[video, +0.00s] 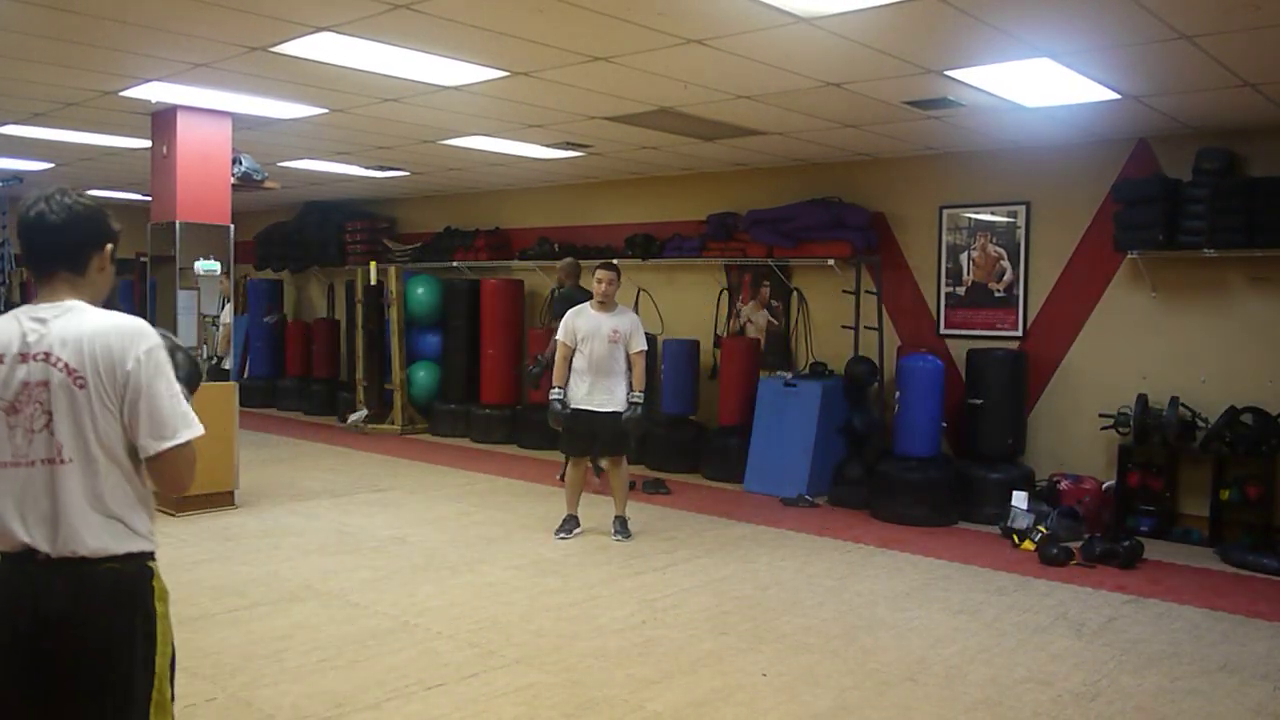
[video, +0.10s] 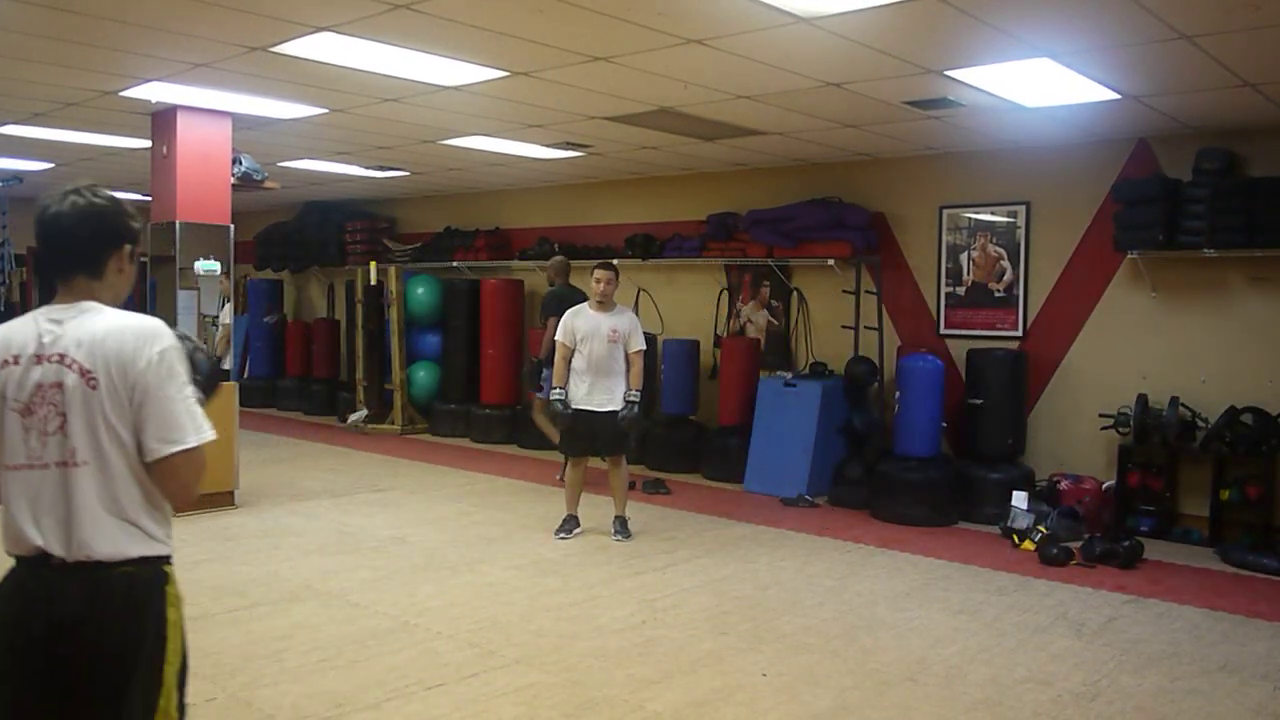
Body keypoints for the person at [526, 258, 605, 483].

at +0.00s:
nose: (556, 277)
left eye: (558, 273)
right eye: (558, 273)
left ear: (564, 275)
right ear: (578, 275)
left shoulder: (560, 297)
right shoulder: (587, 297)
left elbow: (559, 335)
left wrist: (542, 360)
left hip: (568, 361)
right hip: (587, 360)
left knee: (570, 415)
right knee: (586, 414)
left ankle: (570, 464)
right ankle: (595, 460)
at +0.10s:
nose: (547, 274)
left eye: (548, 271)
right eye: (548, 271)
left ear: (552, 273)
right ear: (568, 273)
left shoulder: (552, 296)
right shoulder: (581, 295)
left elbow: (551, 328)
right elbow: (585, 329)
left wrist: (541, 358)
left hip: (555, 361)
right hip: (577, 360)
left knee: (538, 411)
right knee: (569, 412)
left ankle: (565, 445)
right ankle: (569, 464)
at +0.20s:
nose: (536, 275)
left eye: (537, 272)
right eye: (537, 272)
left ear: (541, 273)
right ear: (557, 272)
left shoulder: (543, 295)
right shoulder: (572, 294)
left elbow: (545, 328)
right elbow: (576, 329)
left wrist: (535, 358)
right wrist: (573, 355)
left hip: (545, 361)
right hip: (567, 360)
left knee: (523, 407)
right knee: (564, 409)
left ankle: (536, 448)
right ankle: (568, 460)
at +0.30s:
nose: (524, 277)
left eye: (526, 273)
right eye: (526, 273)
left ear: (530, 275)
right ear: (544, 274)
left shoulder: (530, 296)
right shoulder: (558, 294)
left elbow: (532, 332)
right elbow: (569, 325)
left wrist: (524, 363)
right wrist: (567, 356)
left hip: (534, 366)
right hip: (557, 365)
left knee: (514, 408)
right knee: (558, 413)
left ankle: (507, 461)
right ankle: (567, 463)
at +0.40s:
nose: (510, 279)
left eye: (512, 276)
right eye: (512, 275)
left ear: (517, 278)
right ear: (530, 277)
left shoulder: (516, 300)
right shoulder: (545, 297)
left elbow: (517, 331)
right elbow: (555, 329)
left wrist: (510, 363)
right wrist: (553, 358)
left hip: (521, 365)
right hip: (544, 363)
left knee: (504, 409)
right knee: (547, 412)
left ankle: (499, 462)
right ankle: (562, 459)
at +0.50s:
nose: (497, 281)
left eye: (498, 277)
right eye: (498, 277)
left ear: (503, 278)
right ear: (517, 276)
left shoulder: (502, 299)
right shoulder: (533, 295)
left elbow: (501, 331)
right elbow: (548, 324)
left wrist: (494, 360)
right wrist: (544, 349)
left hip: (508, 361)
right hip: (532, 359)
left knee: (496, 408)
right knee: (526, 407)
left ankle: (498, 464)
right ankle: (549, 449)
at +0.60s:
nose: (489, 277)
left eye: (489, 274)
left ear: (490, 274)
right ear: (507, 272)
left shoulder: (490, 295)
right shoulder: (521, 293)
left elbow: (487, 325)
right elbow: (535, 320)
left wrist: (478, 350)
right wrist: (534, 345)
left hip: (496, 358)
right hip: (518, 356)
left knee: (493, 408)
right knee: (509, 404)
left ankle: (497, 463)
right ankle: (525, 442)